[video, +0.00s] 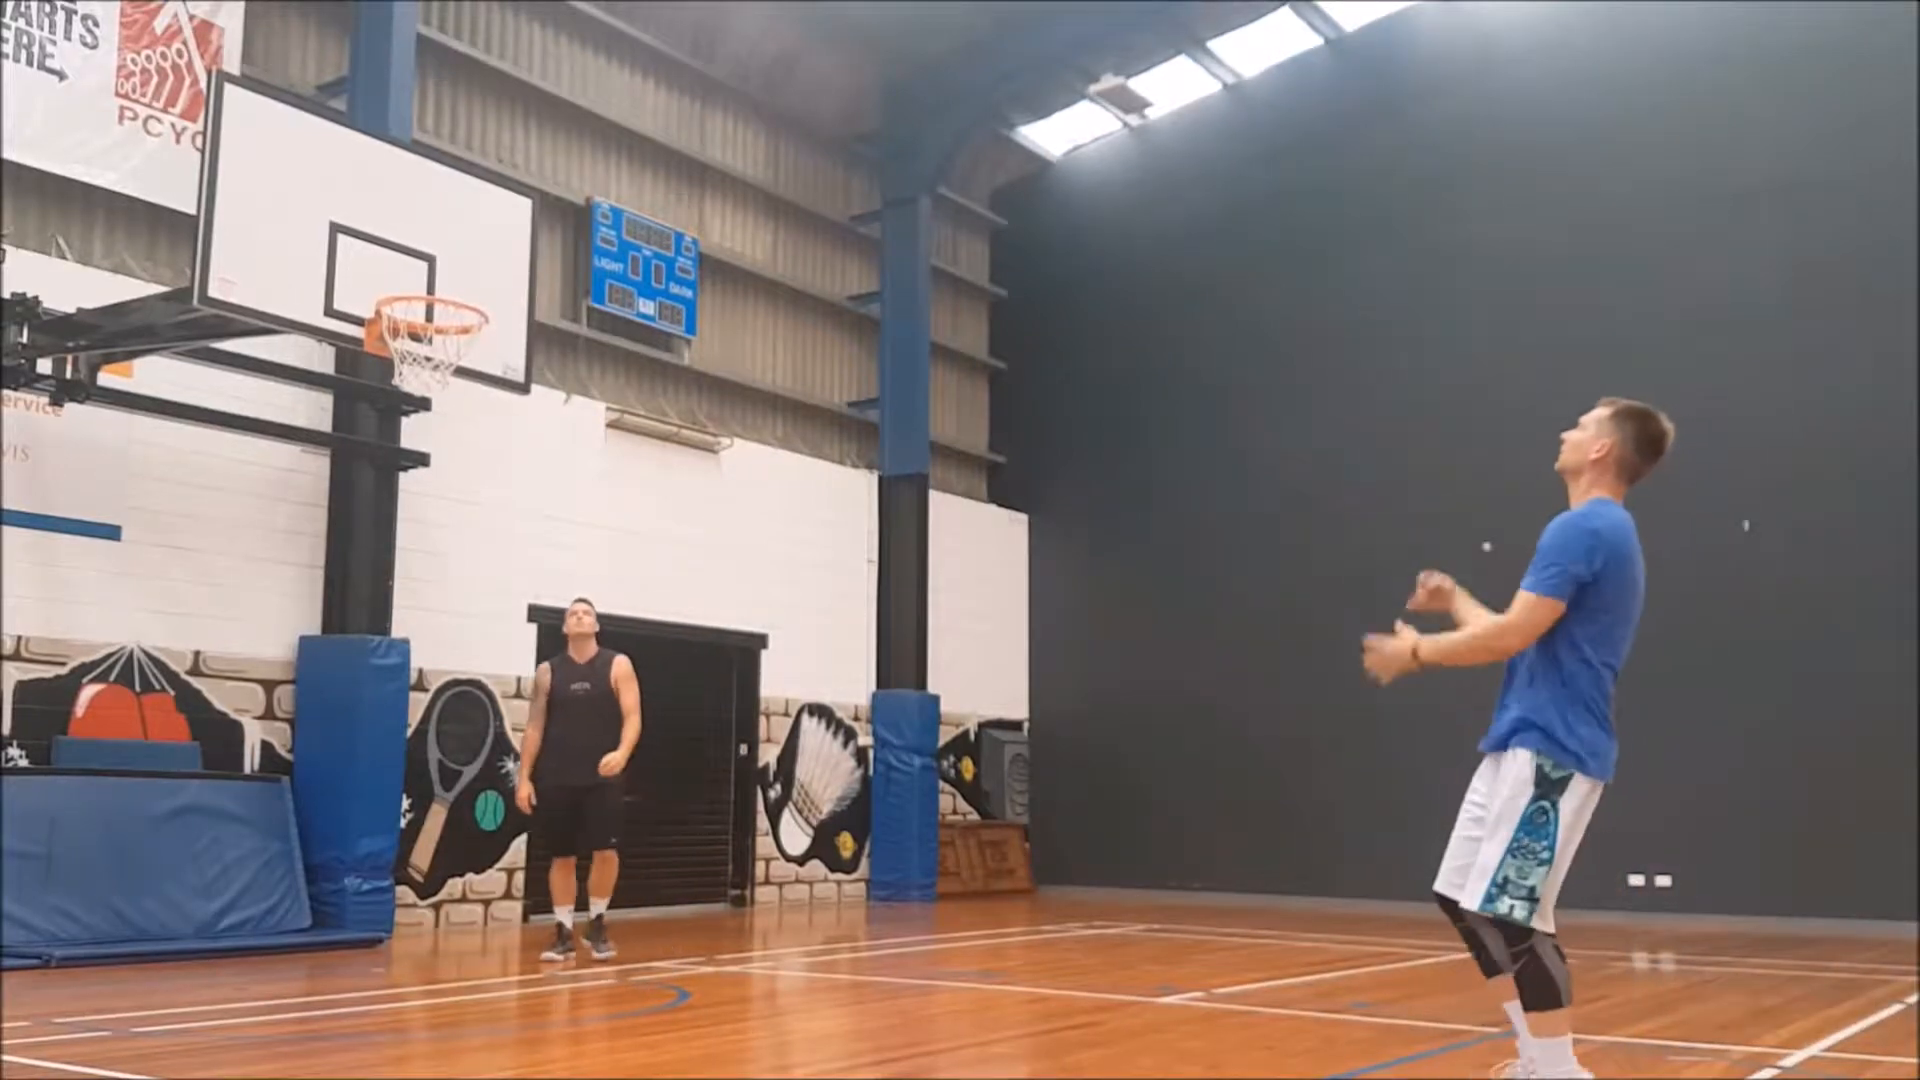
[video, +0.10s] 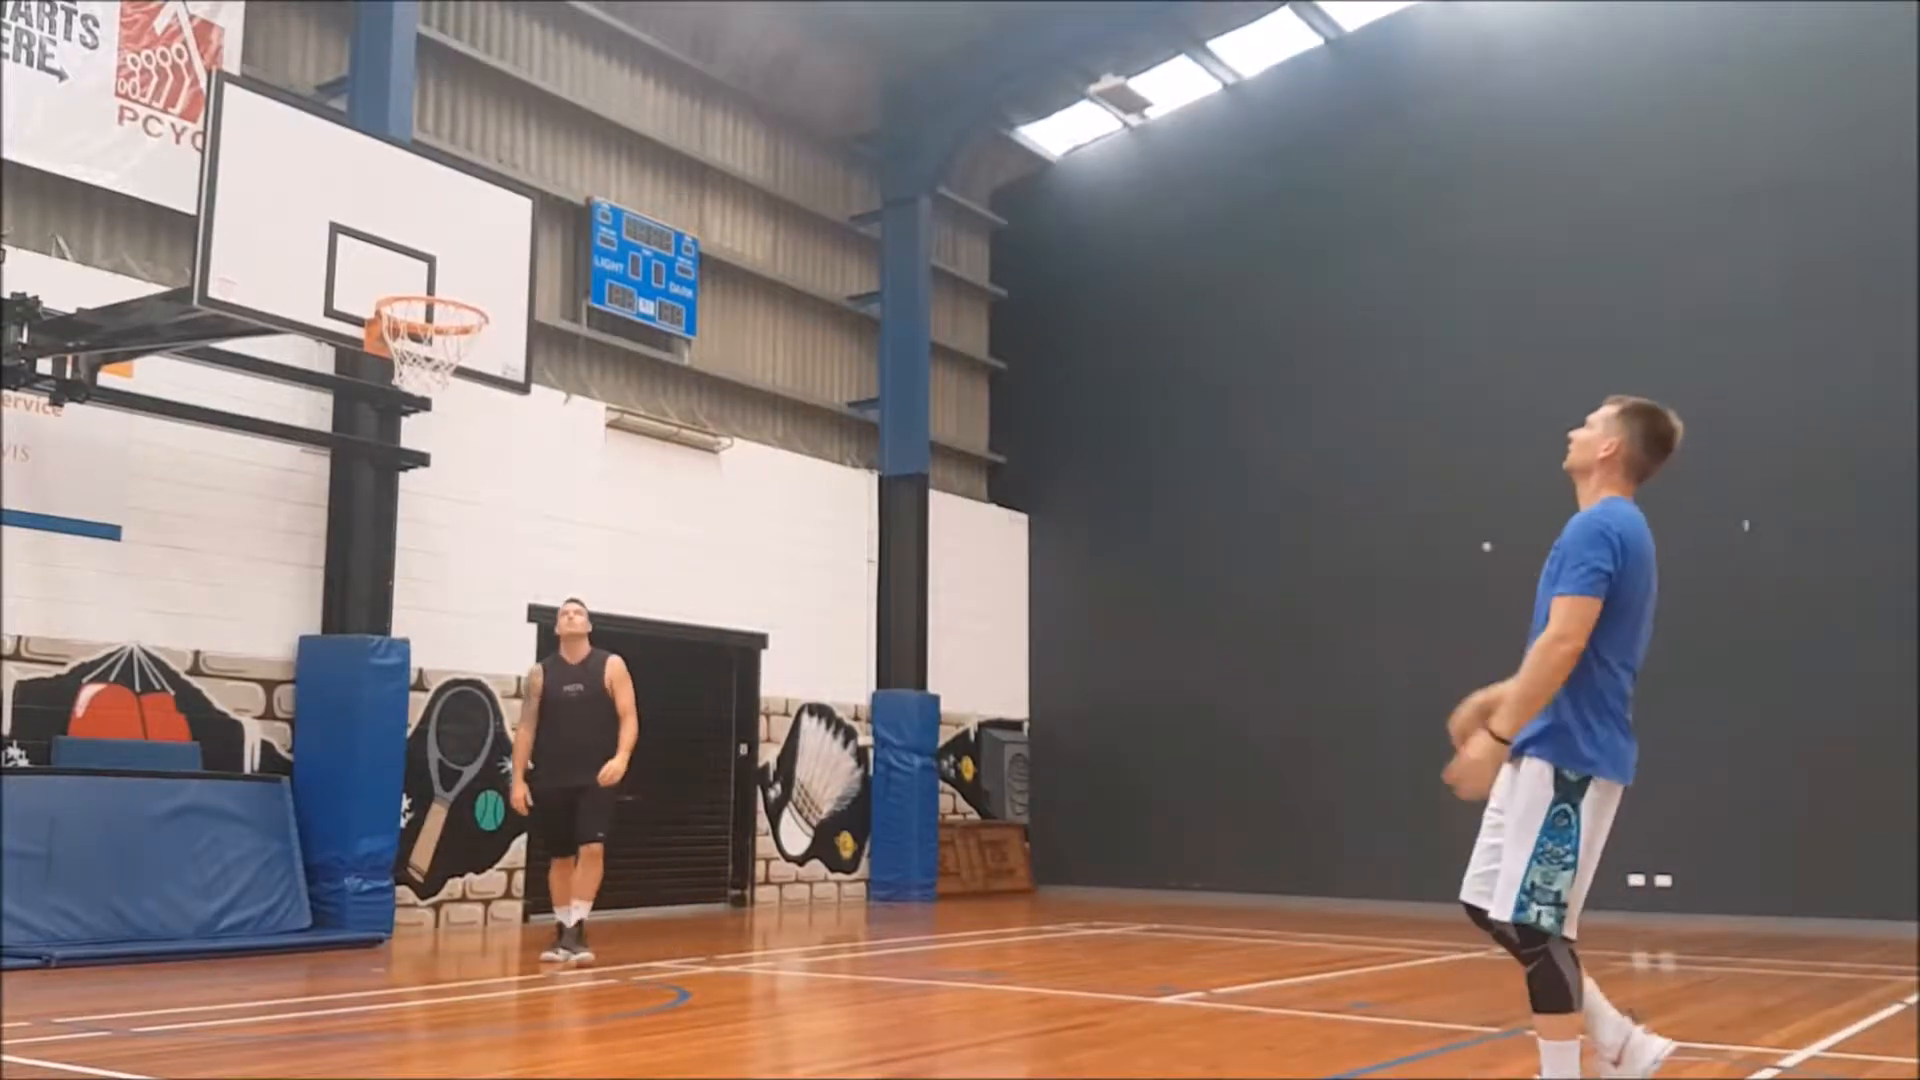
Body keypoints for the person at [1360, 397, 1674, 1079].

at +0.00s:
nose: (1566, 433)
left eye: (1579, 425)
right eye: (1576, 423)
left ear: (1600, 447)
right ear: (1609, 453)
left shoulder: (1585, 528)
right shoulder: (1601, 530)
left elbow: (1509, 635)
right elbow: (1522, 640)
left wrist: (1414, 649)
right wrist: (1457, 602)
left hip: (1555, 750)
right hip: (1531, 743)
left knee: (1508, 908)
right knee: (1461, 895)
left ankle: (1559, 1069)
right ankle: (1536, 1053)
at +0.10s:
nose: (1574, 431)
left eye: (1588, 424)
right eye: (1583, 422)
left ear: (1611, 448)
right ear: (1618, 455)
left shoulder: (1600, 527)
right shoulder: (1607, 527)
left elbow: (1565, 645)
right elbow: (1562, 652)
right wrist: (1490, 700)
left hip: (1575, 755)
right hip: (1547, 749)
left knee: (1533, 924)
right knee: (1487, 904)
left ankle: (1562, 1070)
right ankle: (1620, 1041)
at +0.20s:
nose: (1586, 431)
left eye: (1601, 425)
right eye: (1596, 422)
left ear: (1626, 450)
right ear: (1631, 457)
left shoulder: (1620, 530)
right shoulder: (1634, 529)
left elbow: (1628, 647)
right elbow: (1624, 650)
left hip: (1578, 765)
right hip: (1592, 762)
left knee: (1547, 929)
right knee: (1581, 932)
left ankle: (1560, 1072)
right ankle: (1699, 1040)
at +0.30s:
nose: (1604, 433)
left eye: (1618, 426)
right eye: (1614, 423)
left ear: (1642, 449)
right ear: (1647, 453)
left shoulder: (1651, 525)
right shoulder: (1634, 531)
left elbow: (1703, 628)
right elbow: (1645, 669)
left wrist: (1744, 735)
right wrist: (1668, 770)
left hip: (1612, 767)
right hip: (1631, 765)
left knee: (1572, 930)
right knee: (1638, 939)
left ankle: (1562, 1072)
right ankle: (1759, 1068)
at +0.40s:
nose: (1628, 434)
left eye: (1643, 426)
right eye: (1638, 423)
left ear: (1669, 449)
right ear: (1673, 453)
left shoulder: (1680, 521)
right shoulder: (1665, 528)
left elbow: (1754, 617)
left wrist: (1811, 718)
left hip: (1656, 766)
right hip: (1687, 765)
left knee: (1596, 927)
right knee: (1699, 937)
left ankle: (1571, 1071)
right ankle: (1783, 1069)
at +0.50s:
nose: (1655, 432)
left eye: (1671, 423)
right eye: (1666, 421)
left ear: (1698, 447)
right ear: (1702, 451)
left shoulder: (1710, 516)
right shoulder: (1698, 523)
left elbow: (1777, 616)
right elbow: (1767, 620)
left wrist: (1833, 723)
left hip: (1704, 760)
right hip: (1730, 762)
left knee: (1624, 917)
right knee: (1738, 930)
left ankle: (1609, 1070)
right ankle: (1794, 1068)